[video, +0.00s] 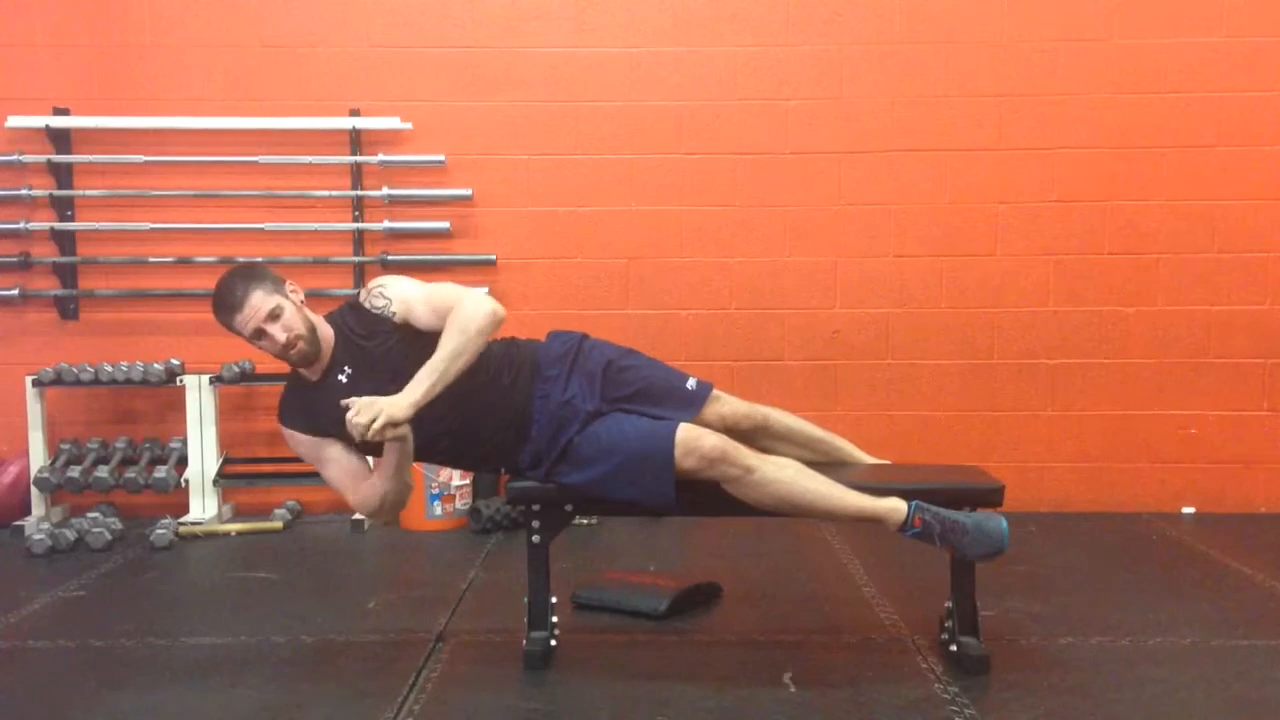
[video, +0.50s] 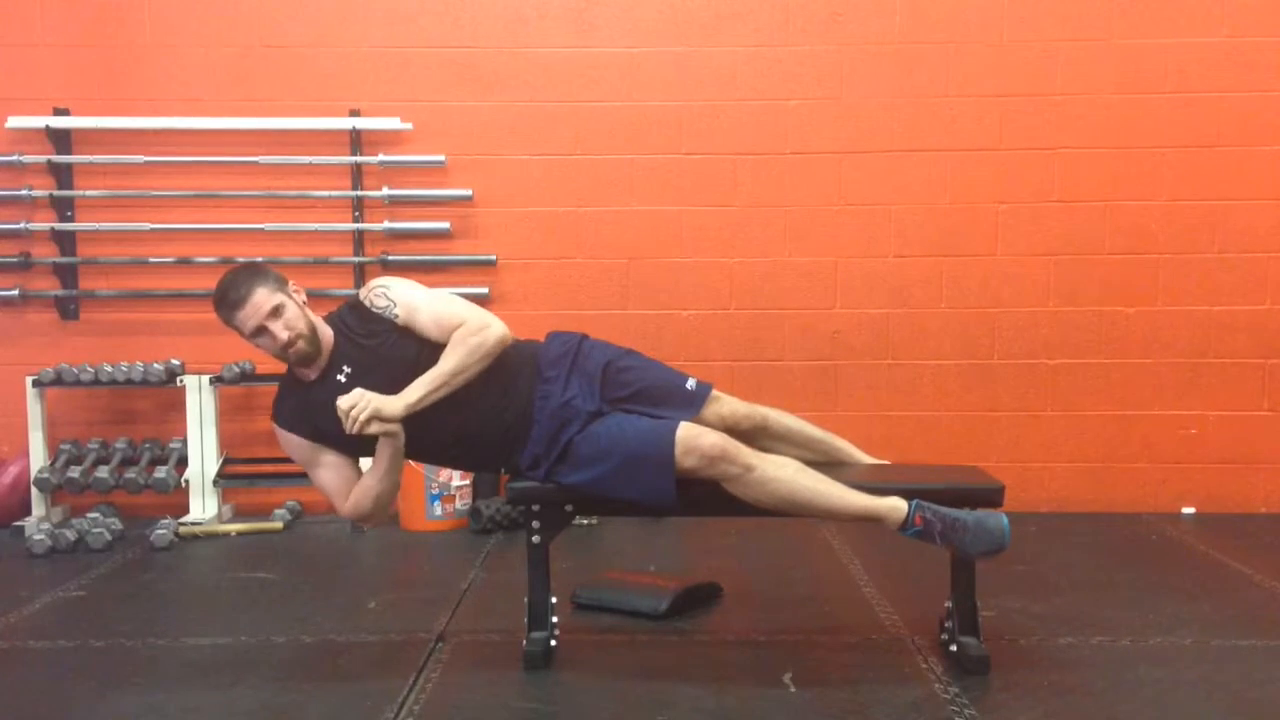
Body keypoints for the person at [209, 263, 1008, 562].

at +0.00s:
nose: (280, 332)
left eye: (276, 310)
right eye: (259, 334)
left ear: (295, 291)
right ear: (252, 350)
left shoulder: (371, 301)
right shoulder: (305, 421)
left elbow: (483, 312)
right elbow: (378, 507)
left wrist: (405, 401)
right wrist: (394, 441)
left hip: (569, 369)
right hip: (547, 451)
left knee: (739, 416)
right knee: (708, 453)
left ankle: (906, 492)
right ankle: (913, 519)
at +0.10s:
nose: (281, 336)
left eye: (278, 314)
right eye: (260, 338)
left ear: (296, 294)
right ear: (251, 353)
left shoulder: (372, 302)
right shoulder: (303, 423)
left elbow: (488, 323)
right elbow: (383, 506)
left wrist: (405, 403)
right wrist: (394, 438)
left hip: (570, 369)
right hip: (547, 452)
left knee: (739, 416)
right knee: (707, 452)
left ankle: (909, 492)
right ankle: (914, 519)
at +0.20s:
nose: (283, 338)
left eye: (279, 317)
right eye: (262, 340)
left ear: (297, 295)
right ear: (252, 353)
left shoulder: (373, 301)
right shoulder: (303, 422)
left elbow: (491, 329)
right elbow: (377, 508)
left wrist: (405, 403)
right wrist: (391, 435)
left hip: (571, 370)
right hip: (547, 452)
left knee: (740, 417)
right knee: (707, 451)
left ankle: (911, 494)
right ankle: (914, 519)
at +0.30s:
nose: (283, 339)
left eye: (279, 318)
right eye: (262, 341)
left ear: (297, 295)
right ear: (251, 352)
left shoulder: (373, 301)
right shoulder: (299, 421)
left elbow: (491, 333)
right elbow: (365, 507)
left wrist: (403, 402)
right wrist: (390, 436)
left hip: (571, 370)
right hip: (546, 452)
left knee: (740, 417)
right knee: (708, 452)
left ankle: (910, 497)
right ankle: (912, 519)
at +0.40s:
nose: (281, 335)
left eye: (278, 313)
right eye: (259, 336)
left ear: (297, 293)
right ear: (250, 350)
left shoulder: (374, 301)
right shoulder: (299, 420)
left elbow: (491, 334)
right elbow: (363, 506)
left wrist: (402, 403)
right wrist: (387, 435)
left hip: (572, 370)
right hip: (546, 452)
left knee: (742, 417)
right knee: (708, 452)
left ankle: (911, 498)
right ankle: (913, 519)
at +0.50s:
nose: (281, 333)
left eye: (278, 311)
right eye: (259, 334)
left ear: (298, 293)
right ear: (250, 349)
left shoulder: (374, 301)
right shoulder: (298, 420)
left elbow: (488, 336)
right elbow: (364, 507)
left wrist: (398, 407)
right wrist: (387, 437)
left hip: (571, 370)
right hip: (545, 452)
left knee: (741, 416)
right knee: (708, 452)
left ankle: (911, 498)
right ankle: (912, 520)